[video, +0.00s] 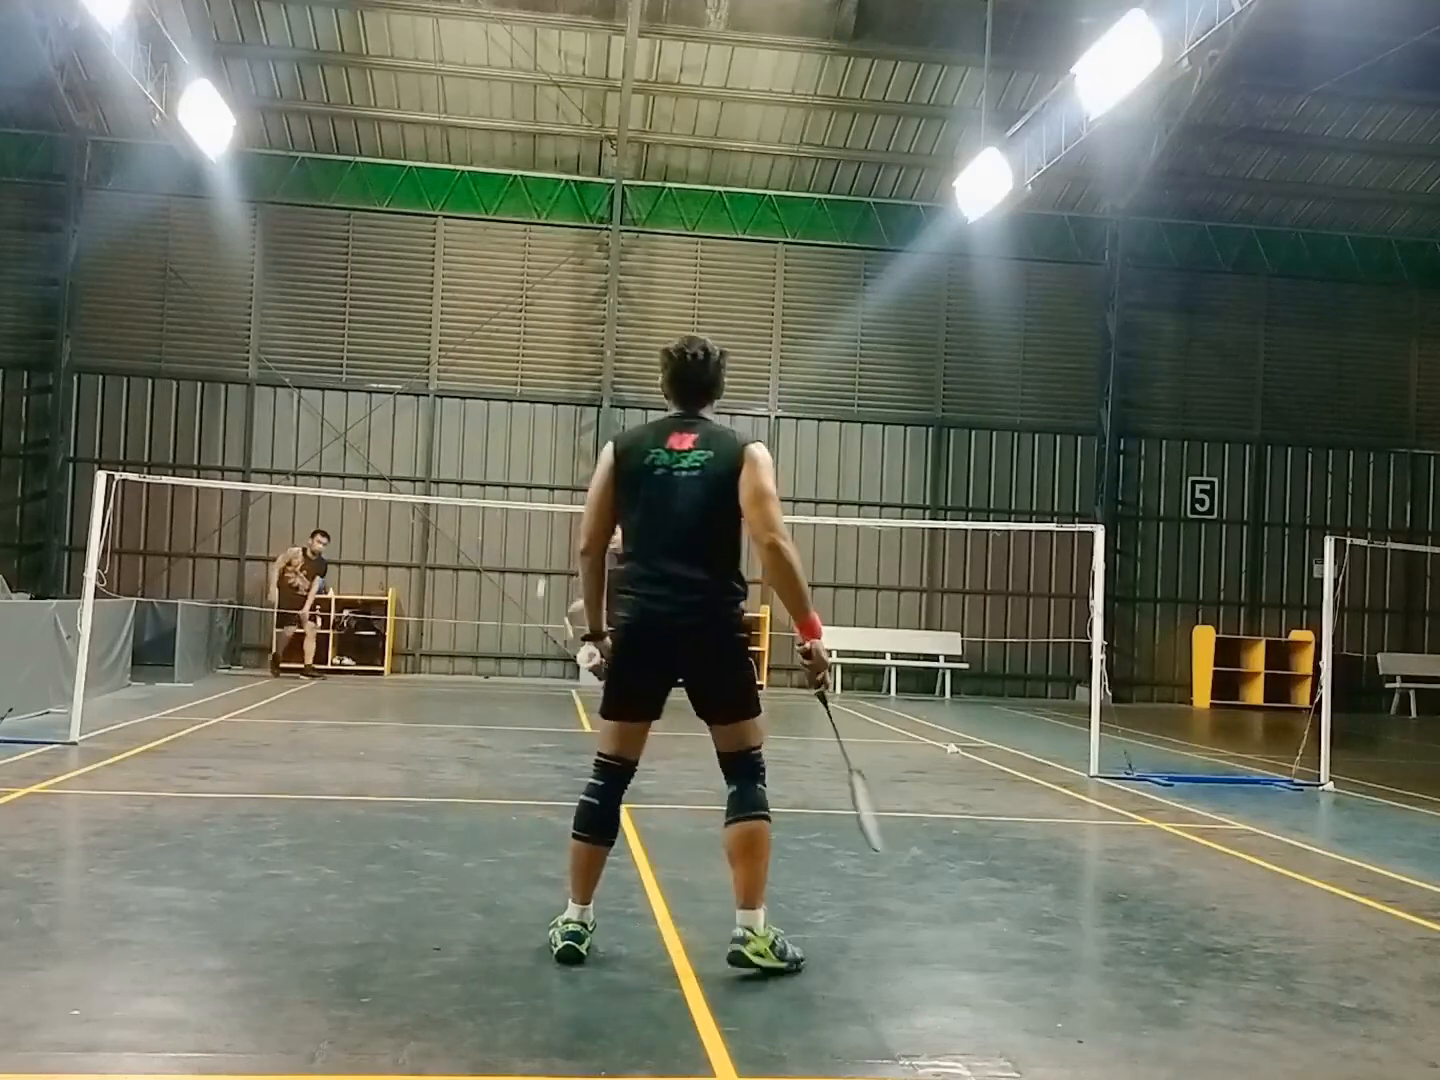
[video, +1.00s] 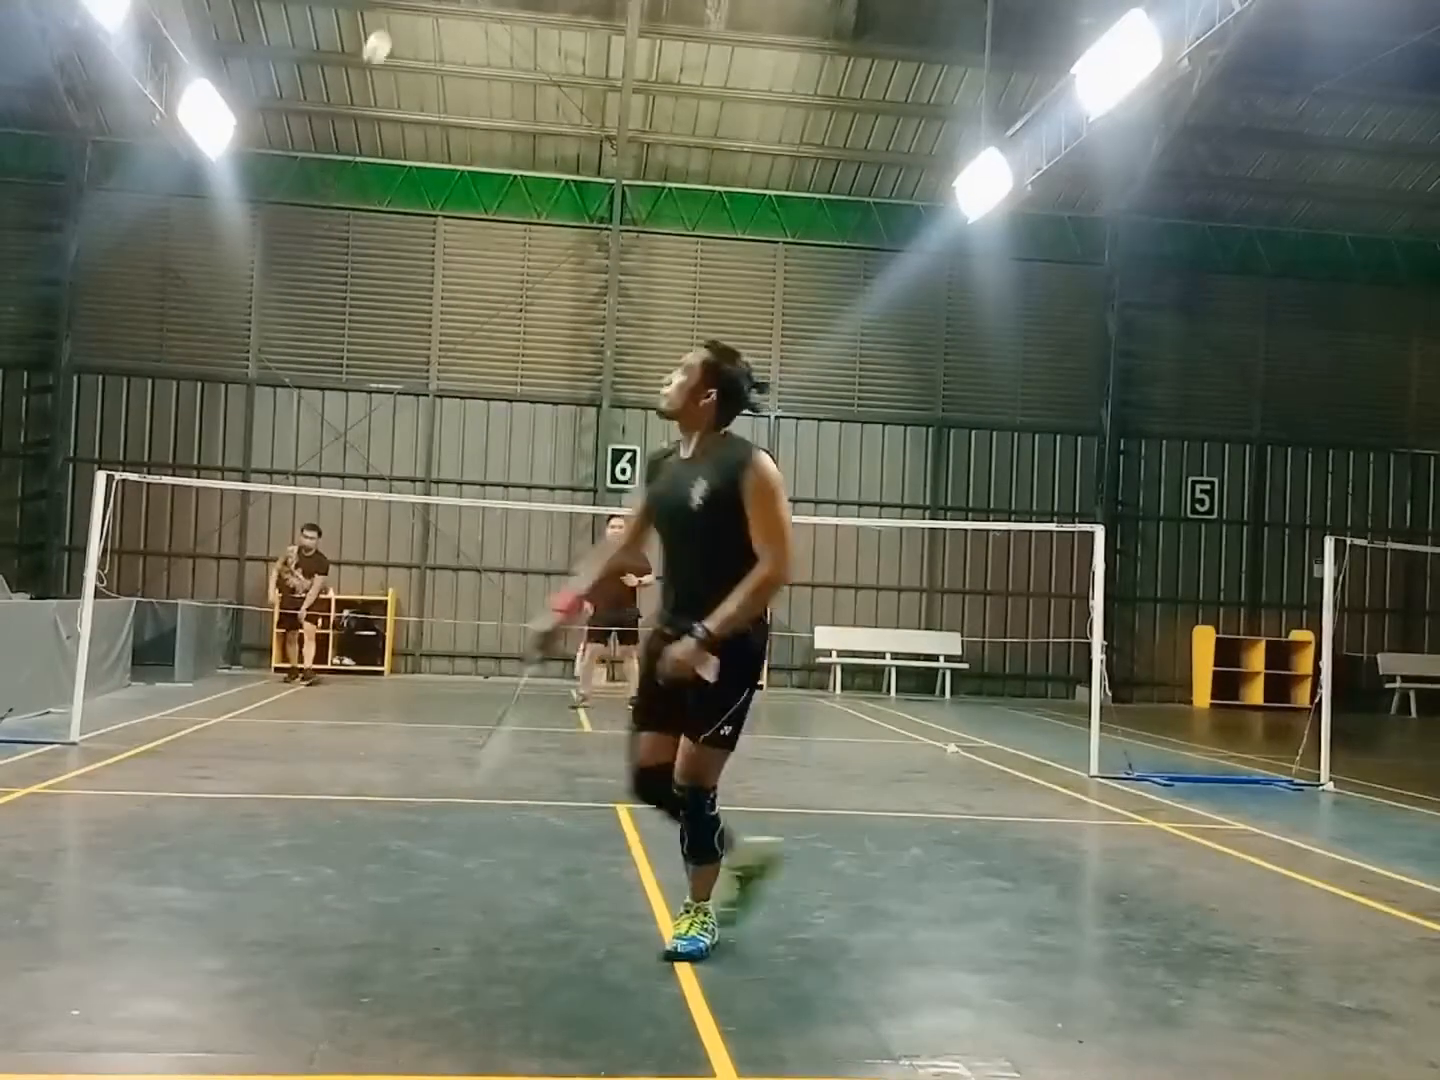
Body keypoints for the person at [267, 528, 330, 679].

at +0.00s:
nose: (320, 546)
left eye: (323, 544)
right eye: (318, 542)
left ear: (325, 547)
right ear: (310, 541)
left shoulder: (321, 565)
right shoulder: (294, 552)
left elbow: (314, 587)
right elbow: (276, 567)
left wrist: (306, 608)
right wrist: (272, 590)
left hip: (305, 598)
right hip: (287, 596)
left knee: (311, 630)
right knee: (289, 630)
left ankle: (308, 666)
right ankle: (277, 657)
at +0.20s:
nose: (321, 545)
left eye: (325, 543)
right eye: (319, 541)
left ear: (328, 545)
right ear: (312, 540)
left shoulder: (327, 563)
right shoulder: (298, 552)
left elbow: (320, 587)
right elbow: (281, 568)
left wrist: (311, 608)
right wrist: (278, 590)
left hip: (311, 596)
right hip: (292, 594)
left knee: (311, 629)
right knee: (292, 628)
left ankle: (308, 666)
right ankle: (292, 667)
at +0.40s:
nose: (316, 544)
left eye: (320, 541)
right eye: (314, 540)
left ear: (324, 543)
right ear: (307, 539)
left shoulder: (325, 563)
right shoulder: (294, 554)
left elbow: (321, 588)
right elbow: (277, 572)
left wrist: (315, 609)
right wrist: (267, 593)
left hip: (312, 599)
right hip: (294, 597)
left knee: (318, 631)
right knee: (294, 632)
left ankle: (310, 666)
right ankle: (294, 668)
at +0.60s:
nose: (310, 541)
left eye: (314, 537)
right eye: (307, 537)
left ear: (318, 539)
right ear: (301, 537)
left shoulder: (320, 560)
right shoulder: (288, 553)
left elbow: (319, 586)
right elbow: (272, 570)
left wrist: (314, 608)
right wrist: (264, 593)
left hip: (309, 598)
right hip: (290, 597)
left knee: (325, 626)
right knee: (291, 631)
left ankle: (316, 659)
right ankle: (292, 668)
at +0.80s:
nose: (307, 539)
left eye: (311, 536)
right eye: (304, 535)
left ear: (316, 538)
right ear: (298, 536)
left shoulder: (319, 559)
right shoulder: (287, 551)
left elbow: (316, 586)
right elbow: (272, 568)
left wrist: (310, 608)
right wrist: (270, 589)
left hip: (310, 596)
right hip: (289, 596)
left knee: (320, 628)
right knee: (291, 632)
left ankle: (318, 666)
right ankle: (291, 668)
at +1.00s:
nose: (308, 541)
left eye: (312, 538)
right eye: (305, 537)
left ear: (318, 540)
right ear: (300, 537)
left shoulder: (321, 561)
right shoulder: (291, 553)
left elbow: (315, 588)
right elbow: (276, 570)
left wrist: (304, 607)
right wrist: (271, 591)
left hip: (311, 598)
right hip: (290, 598)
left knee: (309, 632)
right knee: (291, 635)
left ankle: (307, 669)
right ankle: (293, 667)